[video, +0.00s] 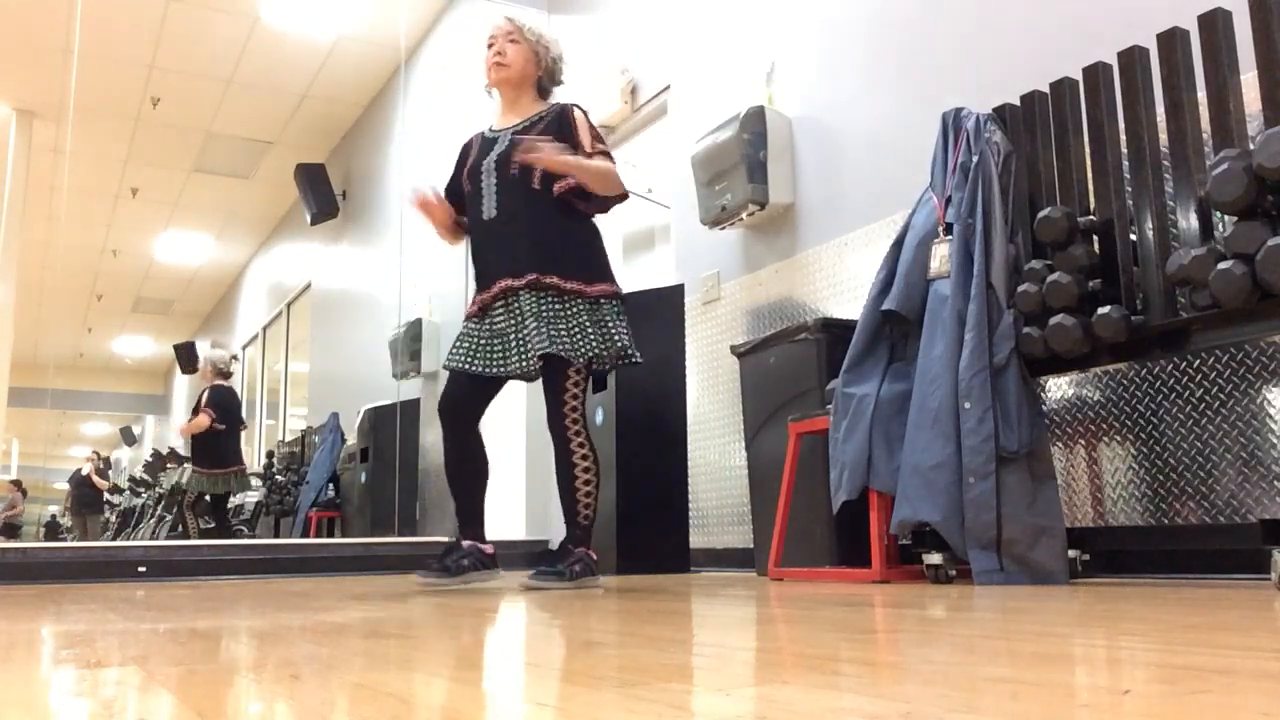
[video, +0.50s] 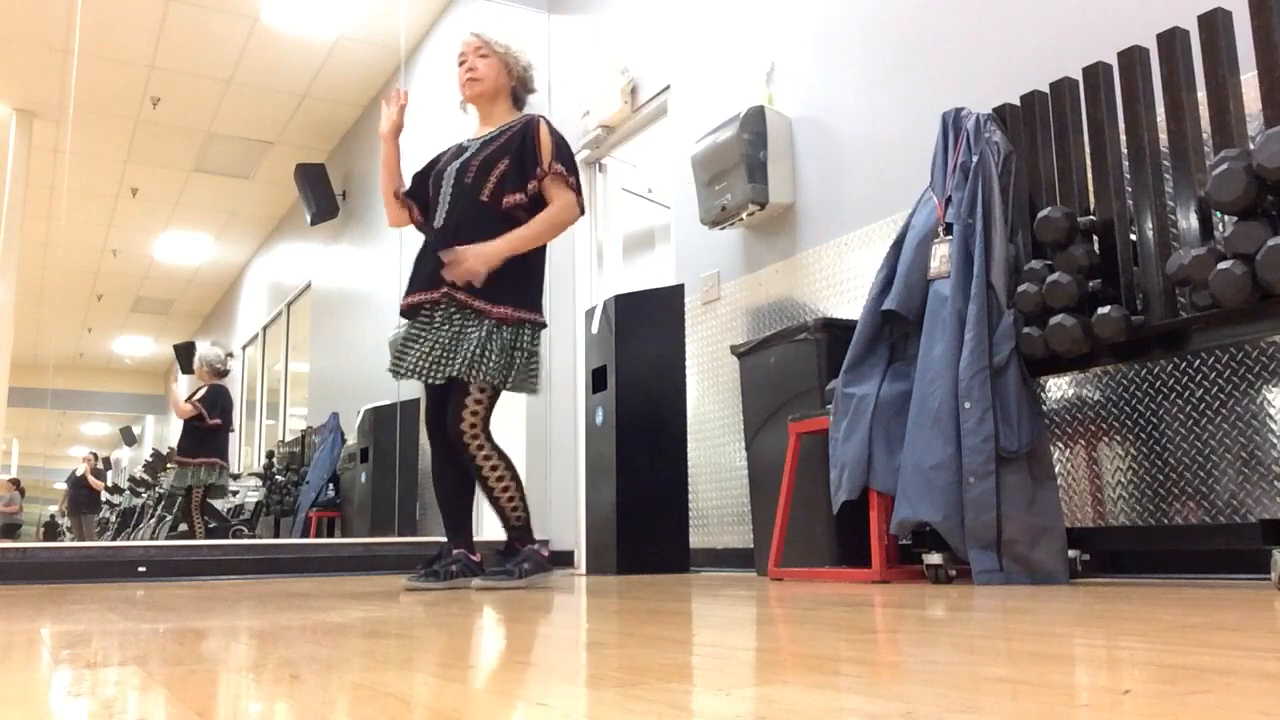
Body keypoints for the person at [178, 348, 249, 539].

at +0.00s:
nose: (201, 370)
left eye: (203, 366)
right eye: (202, 366)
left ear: (210, 369)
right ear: (225, 370)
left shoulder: (212, 392)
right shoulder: (232, 393)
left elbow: (203, 421)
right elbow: (241, 426)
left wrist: (187, 429)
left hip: (208, 467)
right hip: (229, 466)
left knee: (187, 505)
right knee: (220, 510)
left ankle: (196, 548)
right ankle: (227, 551)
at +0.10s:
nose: (200, 368)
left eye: (203, 364)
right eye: (202, 363)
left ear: (211, 367)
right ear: (223, 368)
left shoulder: (214, 389)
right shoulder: (229, 391)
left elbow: (202, 414)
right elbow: (212, 426)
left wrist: (174, 406)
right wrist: (183, 425)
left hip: (207, 465)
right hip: (226, 465)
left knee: (189, 506)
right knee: (220, 510)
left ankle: (198, 550)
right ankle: (229, 553)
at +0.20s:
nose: (200, 366)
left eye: (202, 362)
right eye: (201, 362)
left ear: (210, 366)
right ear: (221, 368)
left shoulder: (214, 388)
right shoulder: (226, 390)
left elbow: (198, 410)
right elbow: (210, 430)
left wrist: (176, 396)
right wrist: (183, 426)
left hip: (207, 464)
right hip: (221, 464)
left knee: (195, 509)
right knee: (216, 511)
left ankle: (202, 555)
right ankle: (229, 553)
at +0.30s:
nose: (198, 365)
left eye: (201, 361)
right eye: (199, 361)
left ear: (207, 364)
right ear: (220, 366)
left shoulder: (213, 387)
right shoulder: (223, 390)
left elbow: (190, 406)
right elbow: (212, 430)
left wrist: (173, 386)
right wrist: (183, 435)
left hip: (204, 461)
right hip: (214, 461)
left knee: (195, 509)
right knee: (203, 507)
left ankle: (200, 554)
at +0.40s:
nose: (196, 367)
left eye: (199, 363)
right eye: (197, 363)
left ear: (206, 366)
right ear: (217, 367)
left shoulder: (212, 389)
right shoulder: (221, 391)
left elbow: (186, 407)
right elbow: (209, 429)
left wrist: (174, 384)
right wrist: (182, 443)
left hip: (203, 461)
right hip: (208, 460)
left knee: (194, 509)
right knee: (195, 509)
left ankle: (200, 554)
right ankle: (199, 553)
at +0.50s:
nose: (194, 368)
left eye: (197, 364)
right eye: (195, 363)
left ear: (205, 367)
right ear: (214, 368)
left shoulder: (214, 391)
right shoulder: (208, 389)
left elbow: (183, 412)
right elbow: (181, 410)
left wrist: (173, 386)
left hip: (203, 463)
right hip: (195, 462)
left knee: (193, 510)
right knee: (191, 510)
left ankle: (200, 554)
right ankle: (198, 553)